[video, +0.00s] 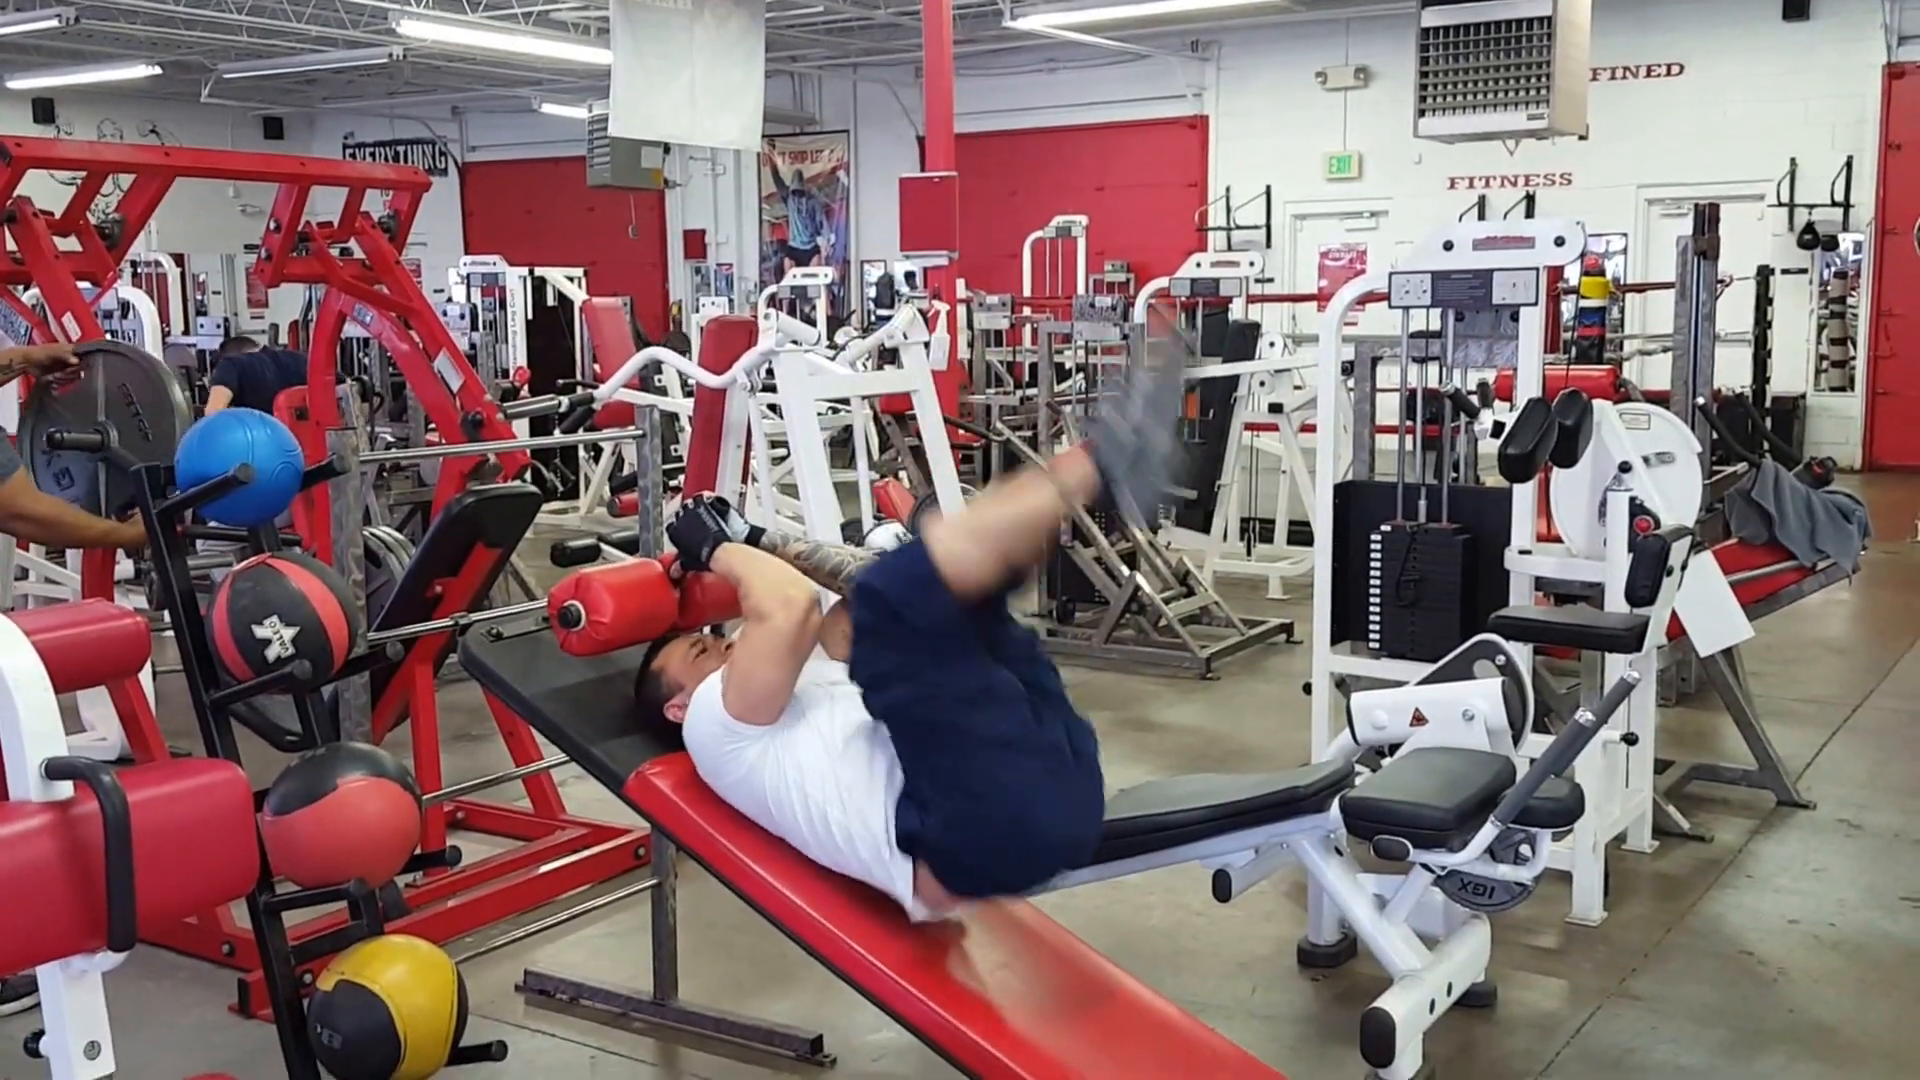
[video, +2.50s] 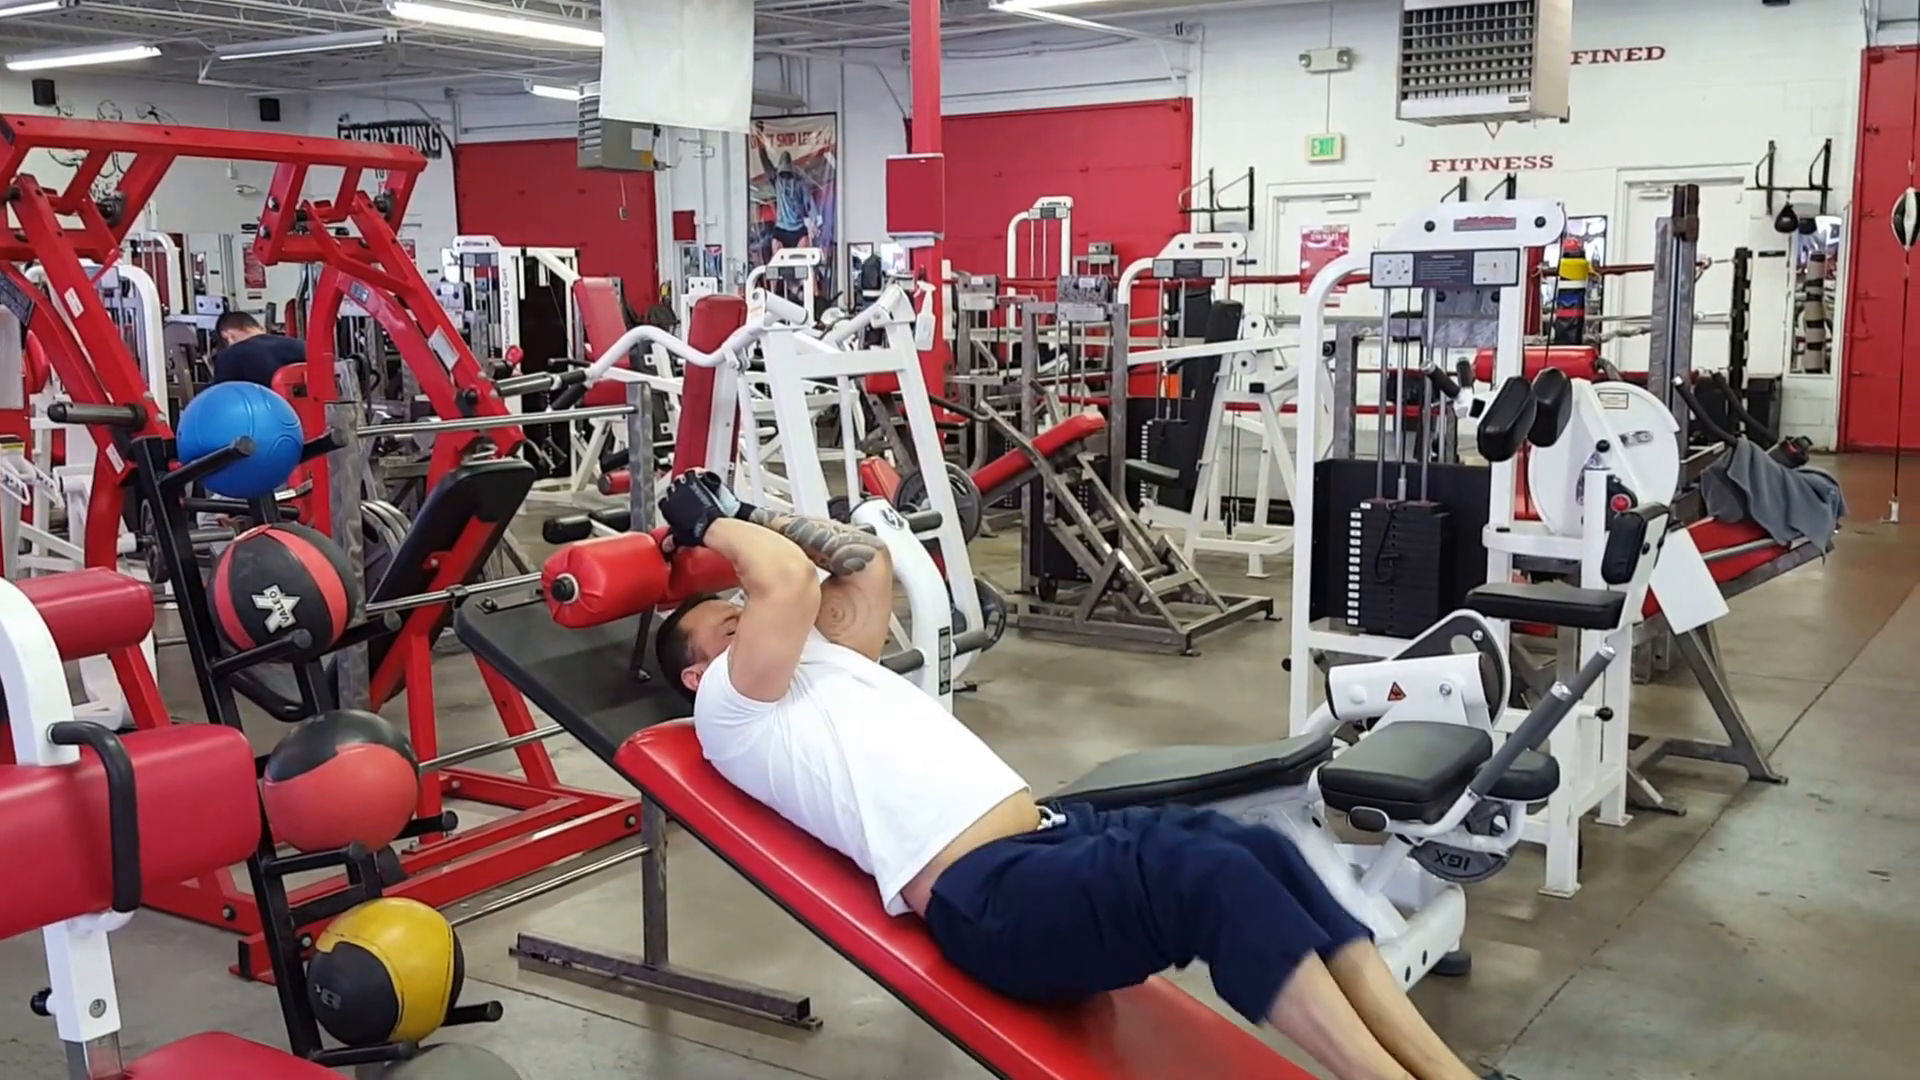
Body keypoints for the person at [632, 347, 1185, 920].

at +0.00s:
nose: (718, 643)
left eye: (713, 637)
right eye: (697, 651)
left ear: (733, 642)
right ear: (678, 706)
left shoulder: (811, 686)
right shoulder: (714, 729)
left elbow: (846, 621)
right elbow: (792, 603)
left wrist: (763, 572)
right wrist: (717, 545)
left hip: (1058, 787)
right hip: (991, 829)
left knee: (939, 585)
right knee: (883, 595)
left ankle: (1108, 468)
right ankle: (1095, 463)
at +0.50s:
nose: (787, 604)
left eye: (781, 596)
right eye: (759, 602)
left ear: (771, 630)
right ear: (723, 643)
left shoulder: (850, 685)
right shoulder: (738, 719)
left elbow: (883, 569)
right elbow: (794, 585)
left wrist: (769, 554)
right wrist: (712, 536)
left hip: (1057, 857)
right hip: (989, 905)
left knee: (1253, 781)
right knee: (1188, 800)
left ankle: (1429, 1017)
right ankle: (1379, 1040)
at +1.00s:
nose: (725, 615)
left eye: (717, 610)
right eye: (704, 619)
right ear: (688, 665)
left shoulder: (823, 666)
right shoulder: (722, 706)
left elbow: (875, 567)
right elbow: (789, 579)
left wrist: (768, 546)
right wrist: (716, 531)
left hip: (1022, 851)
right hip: (971, 886)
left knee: (1029, 635)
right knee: (1011, 651)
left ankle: (1250, 605)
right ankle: (1251, 606)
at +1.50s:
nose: (716, 613)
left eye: (709, 610)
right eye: (698, 617)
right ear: (673, 665)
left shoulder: (797, 674)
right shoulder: (702, 704)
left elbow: (855, 586)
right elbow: (767, 580)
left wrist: (762, 526)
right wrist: (704, 527)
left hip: (1033, 659)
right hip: (963, 681)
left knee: (958, 434)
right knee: (886, 437)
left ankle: (962, 184)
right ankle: (934, 176)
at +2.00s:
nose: (701, 625)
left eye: (692, 621)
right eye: (682, 630)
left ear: (712, 627)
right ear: (677, 670)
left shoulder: (813, 661)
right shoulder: (716, 700)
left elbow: (874, 564)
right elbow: (790, 573)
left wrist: (783, 541)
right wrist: (712, 526)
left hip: (1027, 818)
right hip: (963, 857)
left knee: (1020, 587)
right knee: (965, 617)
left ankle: (1226, 667)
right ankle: (1210, 693)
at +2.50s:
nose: (748, 611)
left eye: (741, 609)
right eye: (721, 616)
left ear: (754, 625)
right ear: (699, 657)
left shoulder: (835, 671)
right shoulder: (729, 705)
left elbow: (874, 566)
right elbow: (784, 571)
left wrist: (764, 525)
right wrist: (707, 524)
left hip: (1058, 831)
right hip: (989, 887)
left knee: (1266, 851)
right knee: (1215, 871)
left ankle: (1434, 1058)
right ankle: (1376, 1072)